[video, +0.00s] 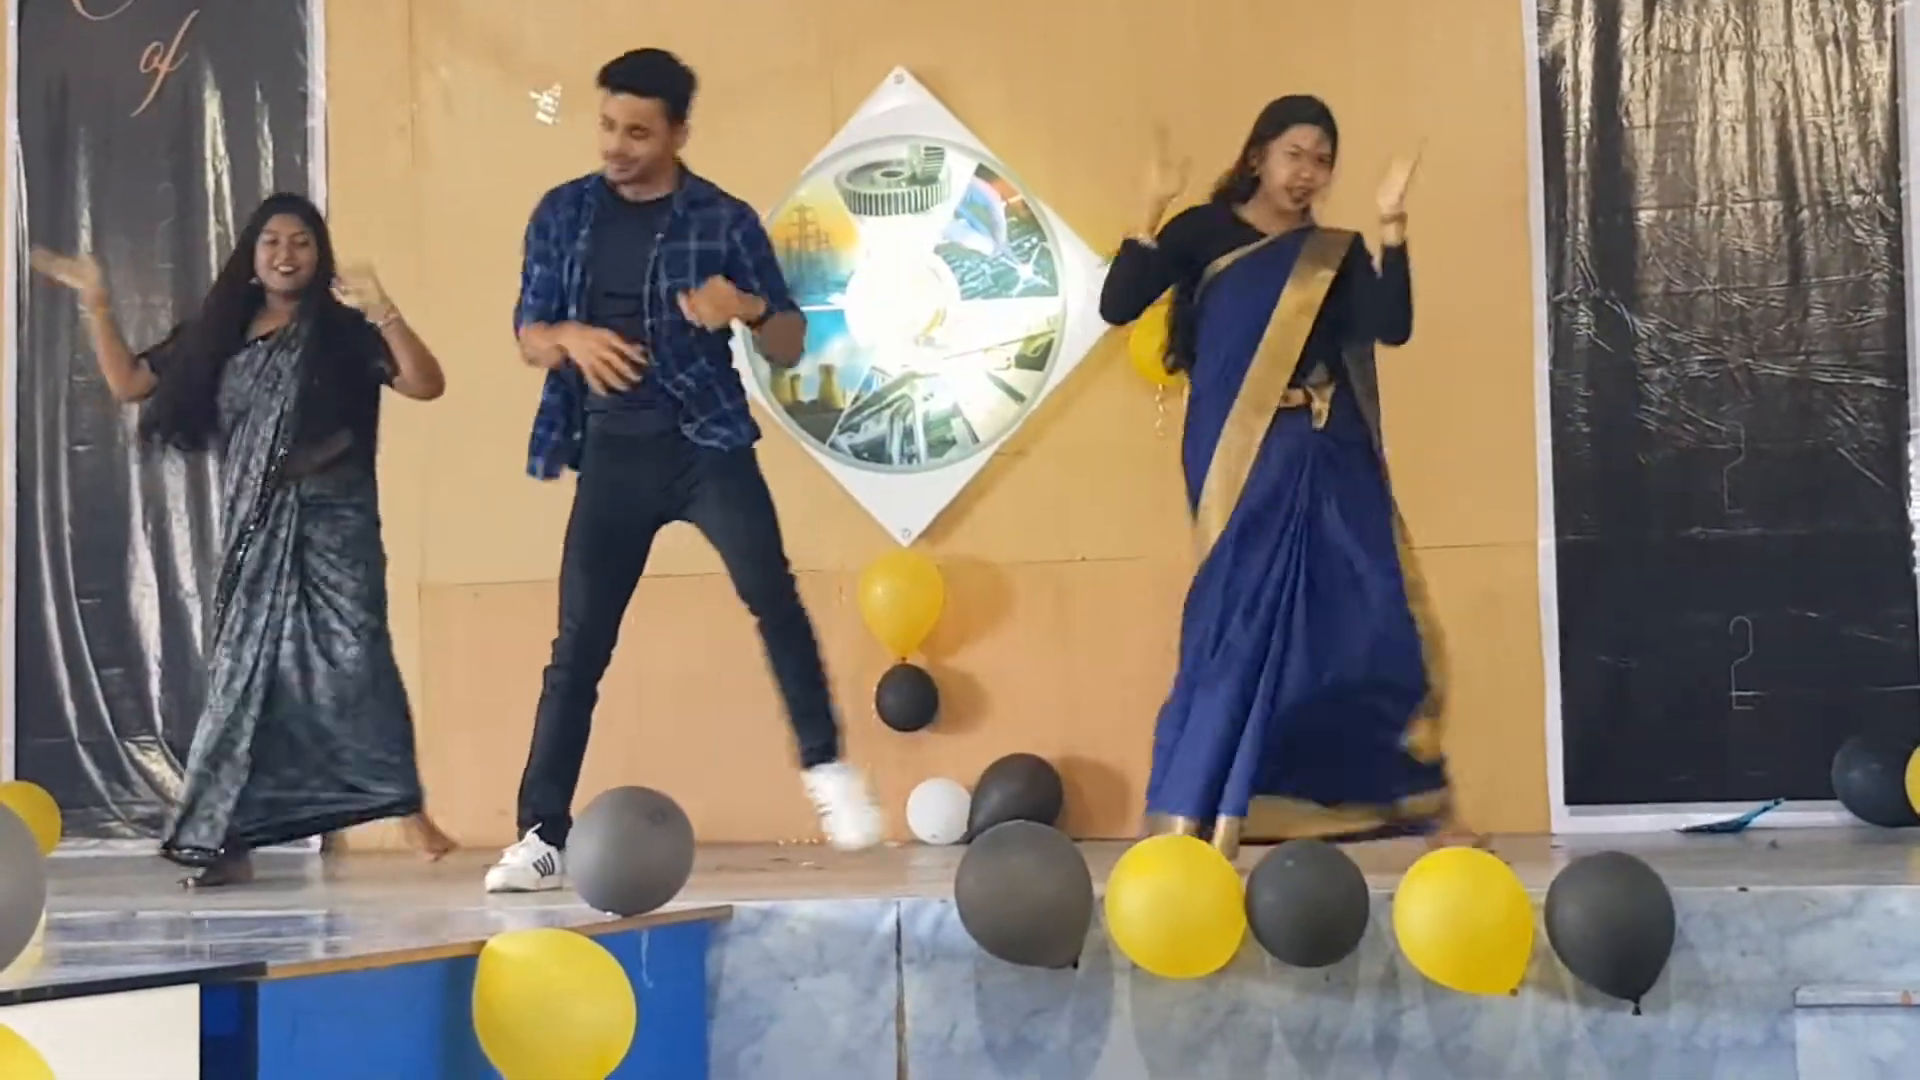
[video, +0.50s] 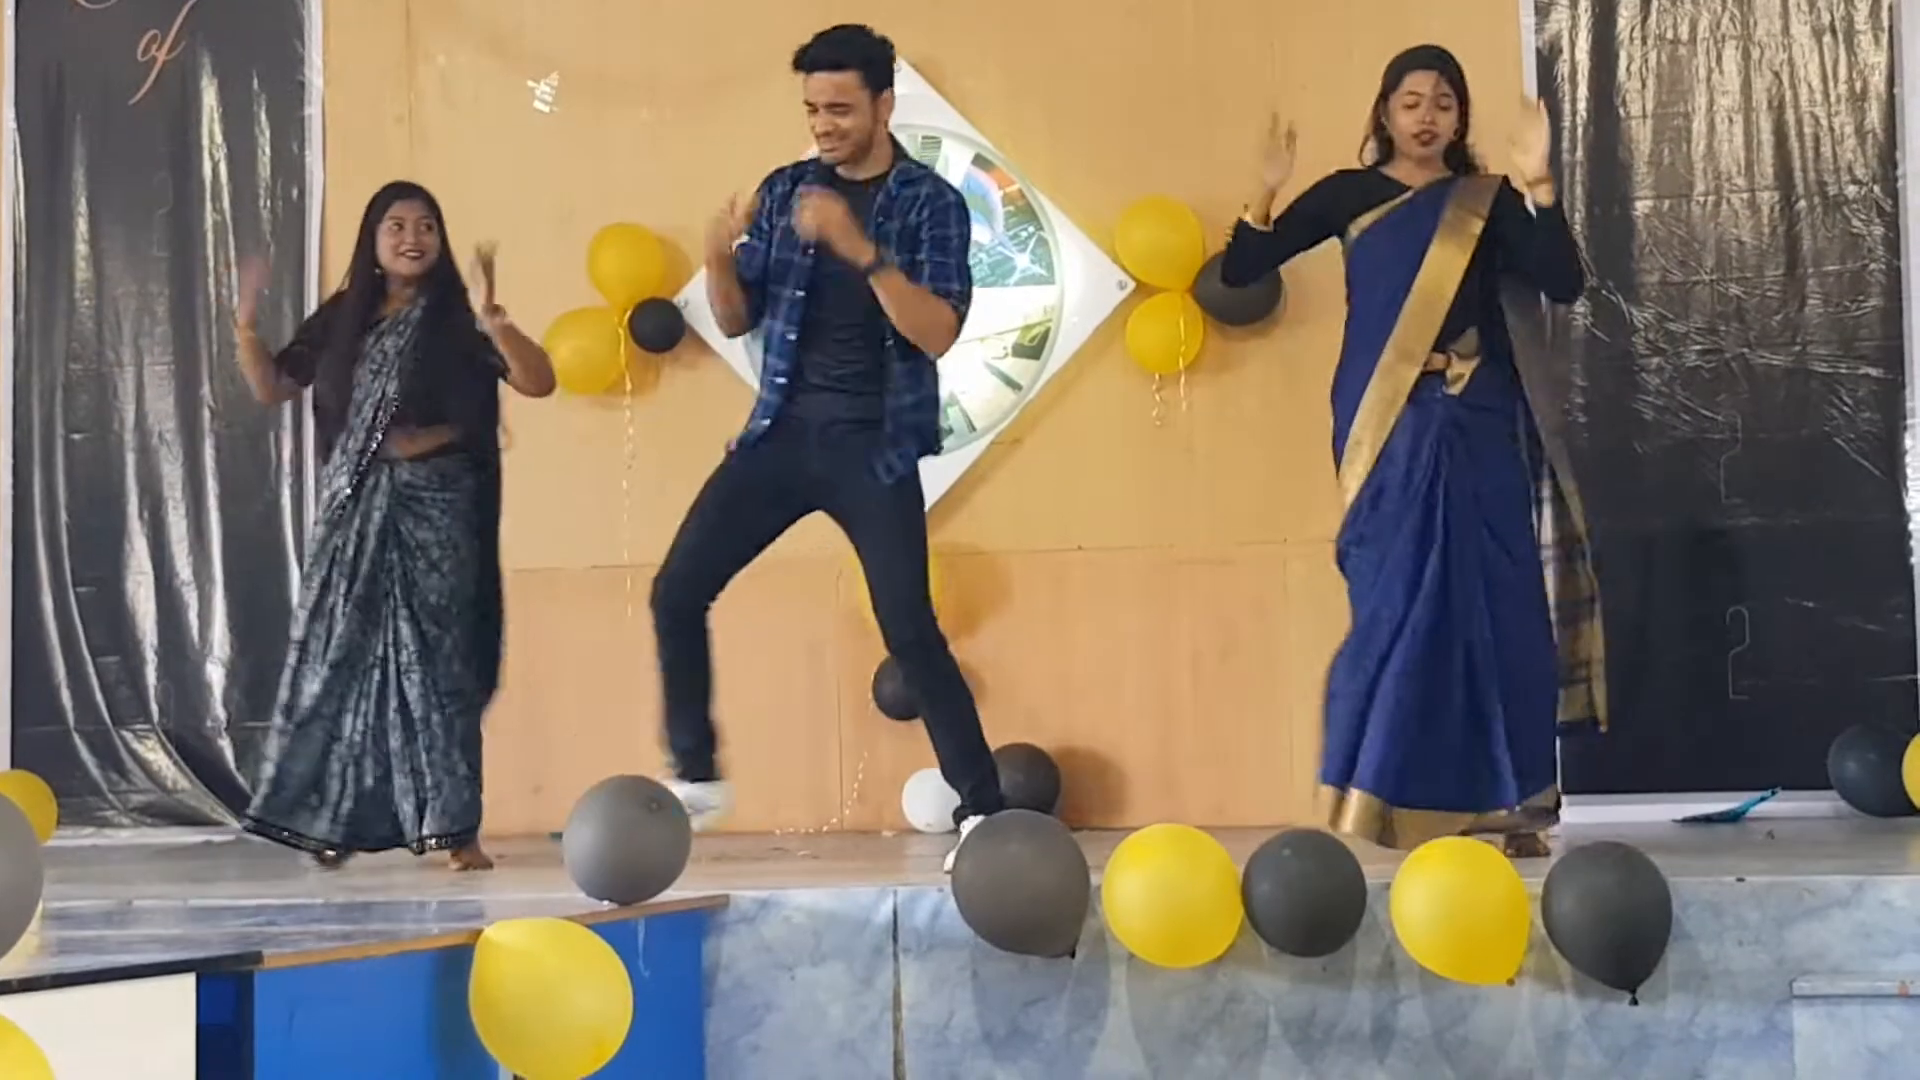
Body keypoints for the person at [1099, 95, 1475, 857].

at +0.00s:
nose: (1306, 168)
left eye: (1319, 158)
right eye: (1294, 152)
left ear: (1329, 170)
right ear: (1260, 154)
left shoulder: (1342, 249)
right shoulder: (1208, 228)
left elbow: (1394, 327)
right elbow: (1118, 305)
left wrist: (1391, 229)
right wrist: (1147, 223)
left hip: (1338, 456)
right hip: (1242, 456)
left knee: (1379, 621)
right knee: (1235, 628)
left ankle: (1432, 816)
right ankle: (1192, 822)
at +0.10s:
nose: (1339, 140)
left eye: (1352, 131)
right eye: (1325, 125)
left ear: (1361, 146)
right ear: (1290, 131)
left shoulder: (1374, 228)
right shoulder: (1241, 203)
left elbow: (1434, 293)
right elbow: (1148, 277)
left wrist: (1425, 192)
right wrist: (1174, 178)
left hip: (1365, 437)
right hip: (1269, 439)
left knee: (1417, 599)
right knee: (1249, 613)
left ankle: (1481, 786)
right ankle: (1192, 813)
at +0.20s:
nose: (1368, 132)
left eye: (1383, 121)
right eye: (1355, 116)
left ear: (1398, 135)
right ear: (1323, 123)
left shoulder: (1420, 215)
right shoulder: (1277, 205)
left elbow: (1473, 292)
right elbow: (1203, 283)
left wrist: (1463, 193)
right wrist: (1209, 201)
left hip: (1408, 442)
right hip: (1302, 444)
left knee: (1469, 613)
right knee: (1266, 618)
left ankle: (1515, 808)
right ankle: (1198, 820)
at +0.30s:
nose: (1398, 134)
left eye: (1413, 121)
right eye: (1383, 120)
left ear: (1431, 135)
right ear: (1355, 130)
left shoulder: (1464, 219)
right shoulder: (1320, 211)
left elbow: (1510, 299)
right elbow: (1234, 300)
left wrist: (1504, 210)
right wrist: (1262, 206)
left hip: (1446, 438)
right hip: (1344, 439)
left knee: (1478, 613)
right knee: (1315, 613)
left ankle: (1511, 809)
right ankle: (1226, 813)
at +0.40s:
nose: (1419, 128)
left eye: (1433, 117)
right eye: (1404, 115)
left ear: (1450, 131)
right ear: (1377, 126)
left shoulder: (1480, 213)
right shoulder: (1341, 206)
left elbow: (1545, 282)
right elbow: (1239, 293)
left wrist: (1526, 186)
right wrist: (1265, 195)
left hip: (1478, 428)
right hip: (1378, 431)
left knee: (1490, 608)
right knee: (1374, 607)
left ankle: (1501, 806)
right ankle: (1295, 790)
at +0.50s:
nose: (1427, 111)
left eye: (1442, 100)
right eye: (1413, 98)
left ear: (1458, 115)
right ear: (1385, 109)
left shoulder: (1488, 196)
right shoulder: (1352, 191)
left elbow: (1565, 282)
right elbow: (1240, 272)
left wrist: (1538, 189)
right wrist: (1265, 199)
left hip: (1484, 413)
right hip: (1387, 416)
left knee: (1497, 597)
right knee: (1401, 599)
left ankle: (1499, 805)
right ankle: (1359, 808)